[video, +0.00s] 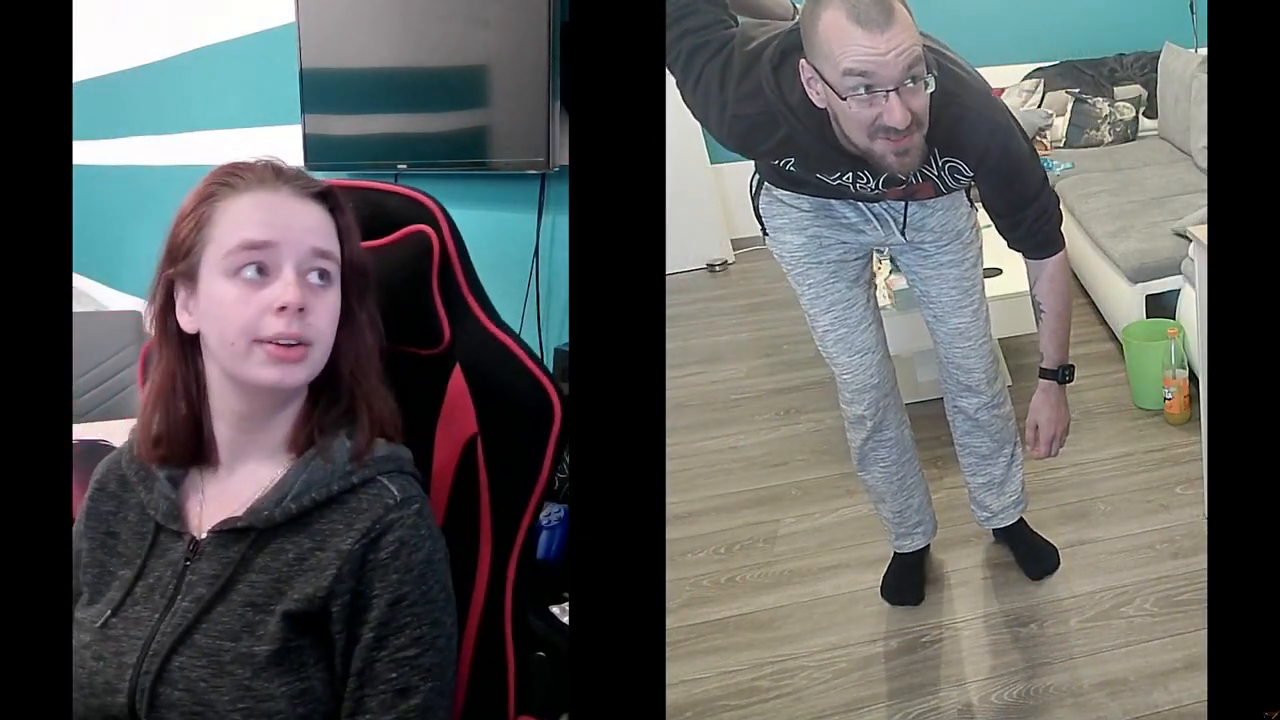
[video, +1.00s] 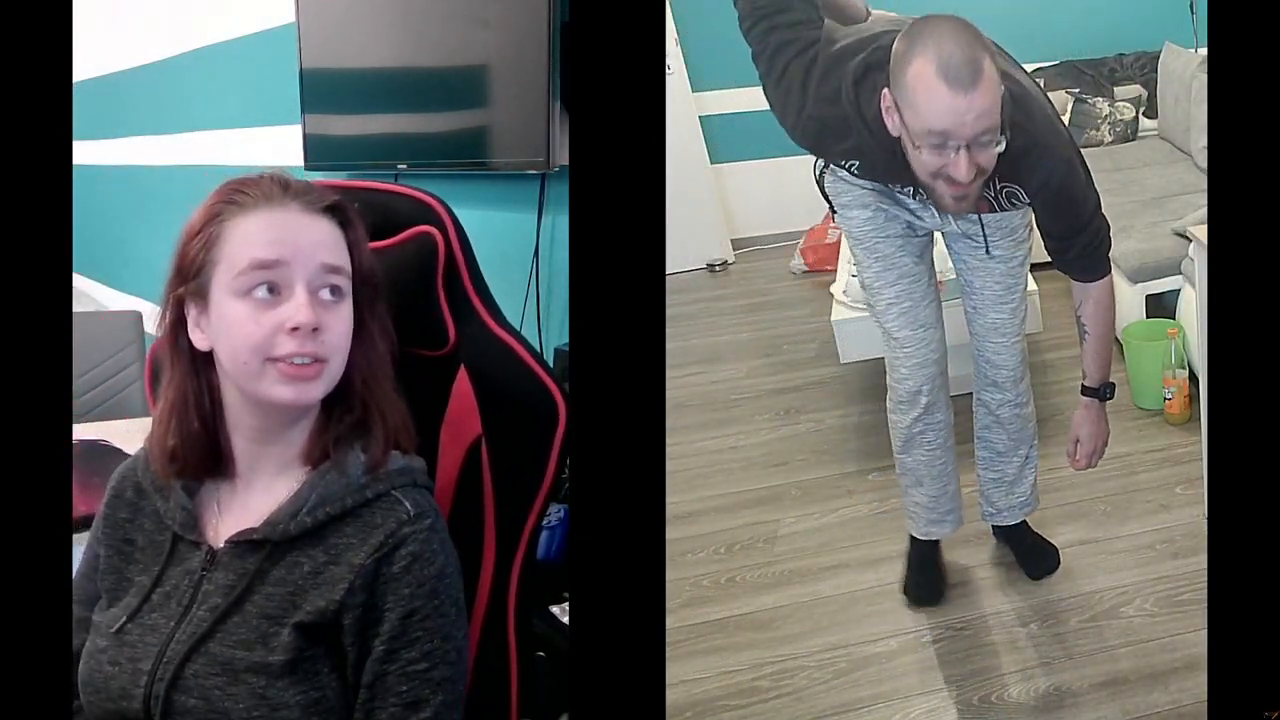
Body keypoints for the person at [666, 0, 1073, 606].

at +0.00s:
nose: (899, 114)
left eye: (911, 80)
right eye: (865, 91)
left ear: (925, 57)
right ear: (813, 84)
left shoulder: (973, 115)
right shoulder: (749, 99)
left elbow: (1045, 241)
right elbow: (682, 13)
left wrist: (1055, 379)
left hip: (936, 197)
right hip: (807, 201)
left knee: (973, 368)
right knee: (864, 388)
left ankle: (1004, 513)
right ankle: (909, 537)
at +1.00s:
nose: (964, 167)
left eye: (984, 140)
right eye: (941, 144)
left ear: (999, 103)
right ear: (893, 114)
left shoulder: (1039, 143)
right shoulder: (825, 103)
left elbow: (1092, 269)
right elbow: (758, 4)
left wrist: (1095, 397)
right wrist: (856, 31)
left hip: (992, 191)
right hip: (871, 177)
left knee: (1002, 356)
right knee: (914, 362)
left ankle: (1010, 514)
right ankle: (925, 532)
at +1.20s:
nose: (948, 211)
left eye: (968, 182)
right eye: (924, 186)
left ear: (988, 134)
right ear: (879, 145)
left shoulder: (1025, 150)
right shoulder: (813, 134)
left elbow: (1087, 276)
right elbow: (739, 23)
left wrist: (1097, 403)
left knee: (997, 354)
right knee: (915, 366)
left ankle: (1010, 516)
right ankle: (946, 541)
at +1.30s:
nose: (939, 238)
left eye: (958, 210)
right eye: (913, 213)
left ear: (977, 147)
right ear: (868, 166)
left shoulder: (1017, 161)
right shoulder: (805, 158)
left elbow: (1083, 285)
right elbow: (715, 34)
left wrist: (1094, 412)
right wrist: (712, 23)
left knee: (991, 355)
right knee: (911, 370)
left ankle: (1010, 516)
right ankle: (945, 542)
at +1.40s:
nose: (922, 280)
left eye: (939, 248)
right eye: (896, 251)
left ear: (965, 182)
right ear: (852, 191)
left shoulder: (1015, 186)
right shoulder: (796, 183)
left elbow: (1080, 306)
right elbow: (706, 117)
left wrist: (1091, 431)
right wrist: (731, 265)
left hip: (950, 78)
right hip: (821, 85)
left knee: (986, 364)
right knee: (903, 377)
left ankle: (1009, 514)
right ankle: (944, 541)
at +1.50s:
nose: (911, 315)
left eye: (927, 291)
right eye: (886, 298)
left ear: (949, 217)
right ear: (837, 229)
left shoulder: (1005, 203)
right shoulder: (781, 196)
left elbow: (1080, 322)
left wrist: (1084, 451)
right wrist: (733, 345)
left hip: (938, 79)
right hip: (812, 89)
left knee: (983, 364)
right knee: (899, 386)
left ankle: (1008, 506)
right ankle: (944, 541)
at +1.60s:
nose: (902, 351)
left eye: (917, 330)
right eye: (880, 338)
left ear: (938, 252)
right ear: (825, 266)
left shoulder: (994, 224)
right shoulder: (771, 227)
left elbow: (1083, 341)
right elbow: (717, 264)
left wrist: (1082, 472)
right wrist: (757, 399)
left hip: (927, 90)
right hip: (804, 101)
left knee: (984, 376)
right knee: (892, 400)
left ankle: (995, 483)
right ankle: (941, 542)